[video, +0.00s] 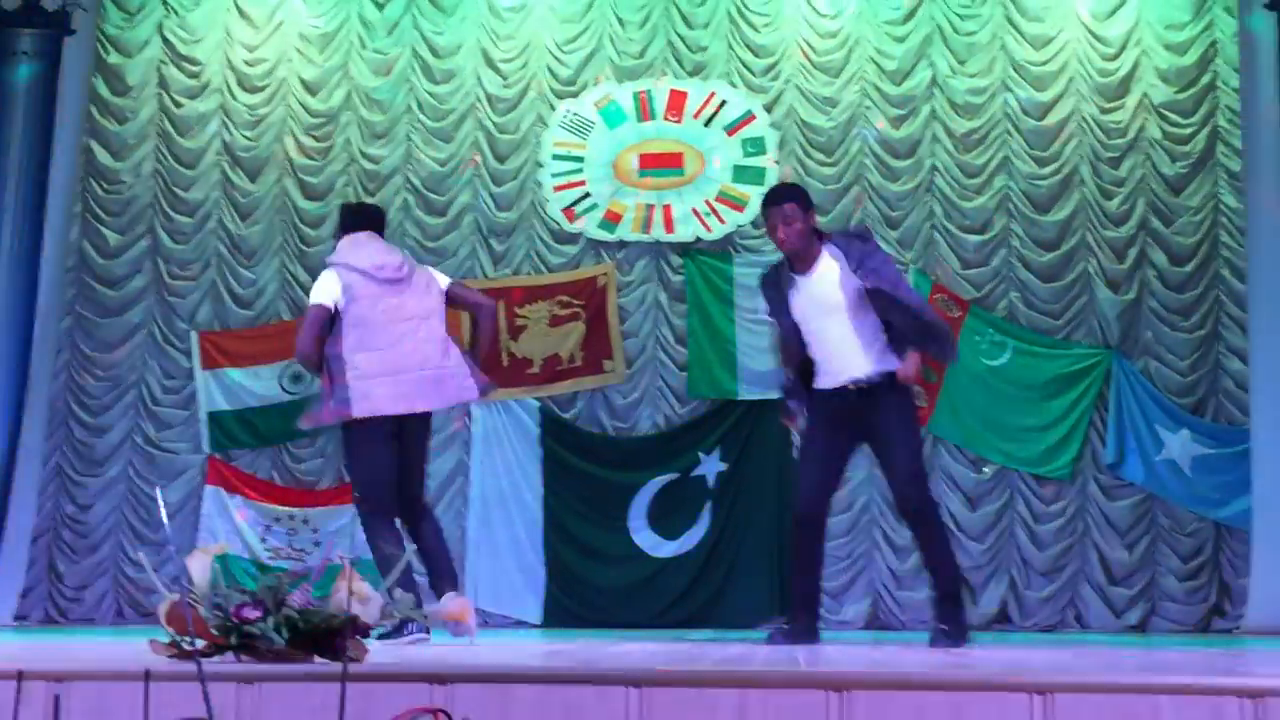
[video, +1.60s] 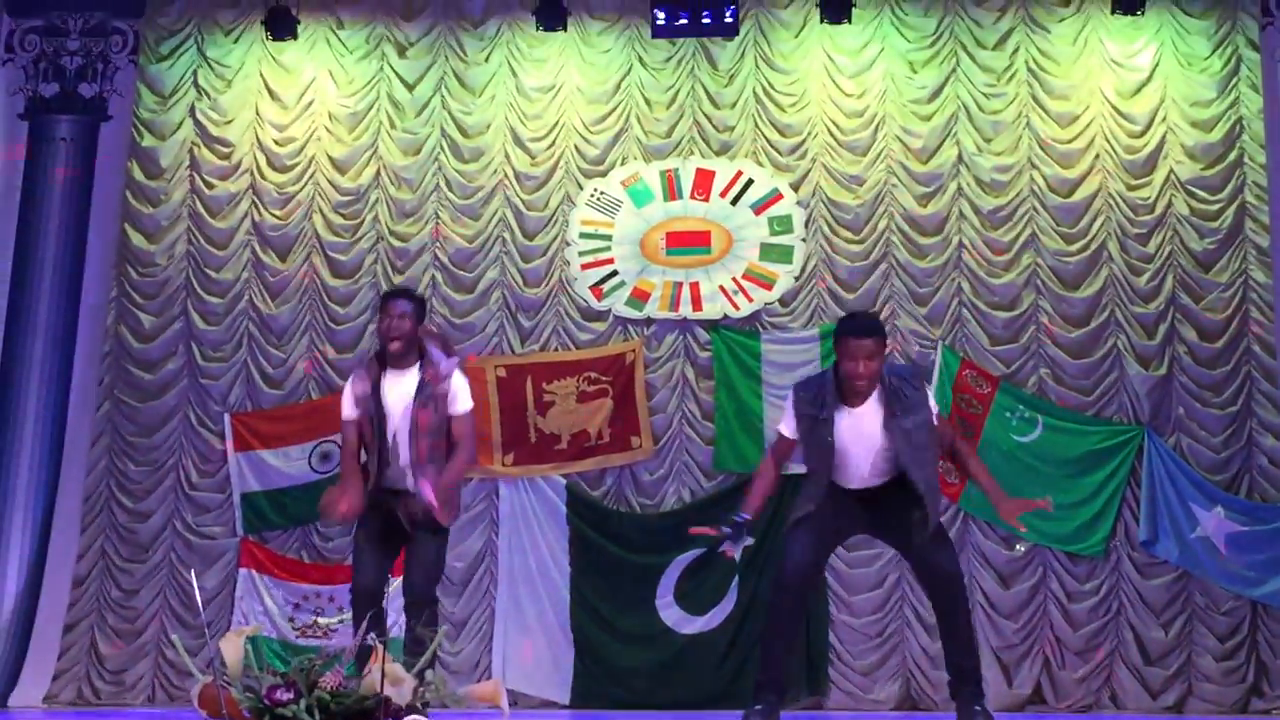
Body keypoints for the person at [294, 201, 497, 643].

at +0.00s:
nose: (336, 242)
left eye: (338, 236)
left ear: (342, 237)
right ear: (381, 235)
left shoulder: (336, 277)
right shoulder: (417, 272)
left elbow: (305, 349)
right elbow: (485, 306)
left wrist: (329, 374)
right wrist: (478, 368)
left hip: (370, 405)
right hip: (419, 401)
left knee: (376, 511)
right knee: (413, 501)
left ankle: (408, 615)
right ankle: (451, 597)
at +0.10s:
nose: (330, 240)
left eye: (335, 232)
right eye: (331, 232)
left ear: (355, 231)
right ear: (374, 231)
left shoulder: (355, 270)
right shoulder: (408, 265)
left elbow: (320, 339)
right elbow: (454, 309)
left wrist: (303, 352)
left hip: (383, 405)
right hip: (416, 404)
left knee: (376, 510)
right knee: (383, 506)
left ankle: (412, 613)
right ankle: (411, 608)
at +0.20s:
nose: (349, 238)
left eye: (357, 231)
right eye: (349, 230)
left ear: (383, 234)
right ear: (382, 235)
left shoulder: (388, 272)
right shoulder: (399, 268)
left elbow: (357, 334)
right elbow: (372, 333)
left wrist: (317, 340)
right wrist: (325, 330)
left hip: (393, 414)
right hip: (397, 413)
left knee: (385, 513)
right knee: (382, 513)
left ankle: (420, 611)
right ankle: (394, 610)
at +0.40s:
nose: (370, 240)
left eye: (380, 233)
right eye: (366, 233)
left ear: (403, 238)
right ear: (361, 239)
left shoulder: (427, 286)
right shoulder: (355, 287)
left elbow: (414, 345)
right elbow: (313, 347)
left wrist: (359, 320)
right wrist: (310, 311)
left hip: (399, 417)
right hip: (353, 414)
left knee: (394, 514)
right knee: (351, 519)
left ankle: (401, 615)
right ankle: (359, 614)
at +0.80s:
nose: (378, 262)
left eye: (386, 256)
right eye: (370, 255)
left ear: (397, 262)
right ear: (357, 261)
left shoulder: (418, 315)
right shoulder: (331, 313)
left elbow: (441, 380)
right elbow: (304, 378)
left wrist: (398, 360)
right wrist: (356, 354)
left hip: (399, 436)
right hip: (349, 436)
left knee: (395, 530)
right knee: (352, 535)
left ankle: (388, 627)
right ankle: (355, 627)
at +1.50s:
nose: (401, 308)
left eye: (410, 301)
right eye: (394, 300)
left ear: (426, 307)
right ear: (385, 305)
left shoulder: (451, 359)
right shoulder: (365, 358)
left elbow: (476, 423)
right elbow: (342, 432)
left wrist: (438, 403)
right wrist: (357, 409)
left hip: (428, 490)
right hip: (377, 489)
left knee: (423, 589)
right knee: (371, 591)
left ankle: (421, 685)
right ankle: (387, 682)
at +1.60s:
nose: (393, 326)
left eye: (403, 318)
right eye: (386, 318)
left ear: (420, 326)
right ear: (378, 324)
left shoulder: (447, 378)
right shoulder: (361, 380)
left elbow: (465, 451)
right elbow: (349, 452)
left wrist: (433, 495)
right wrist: (353, 493)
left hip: (428, 503)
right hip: (379, 501)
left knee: (419, 593)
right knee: (364, 588)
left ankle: (418, 682)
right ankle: (369, 678)